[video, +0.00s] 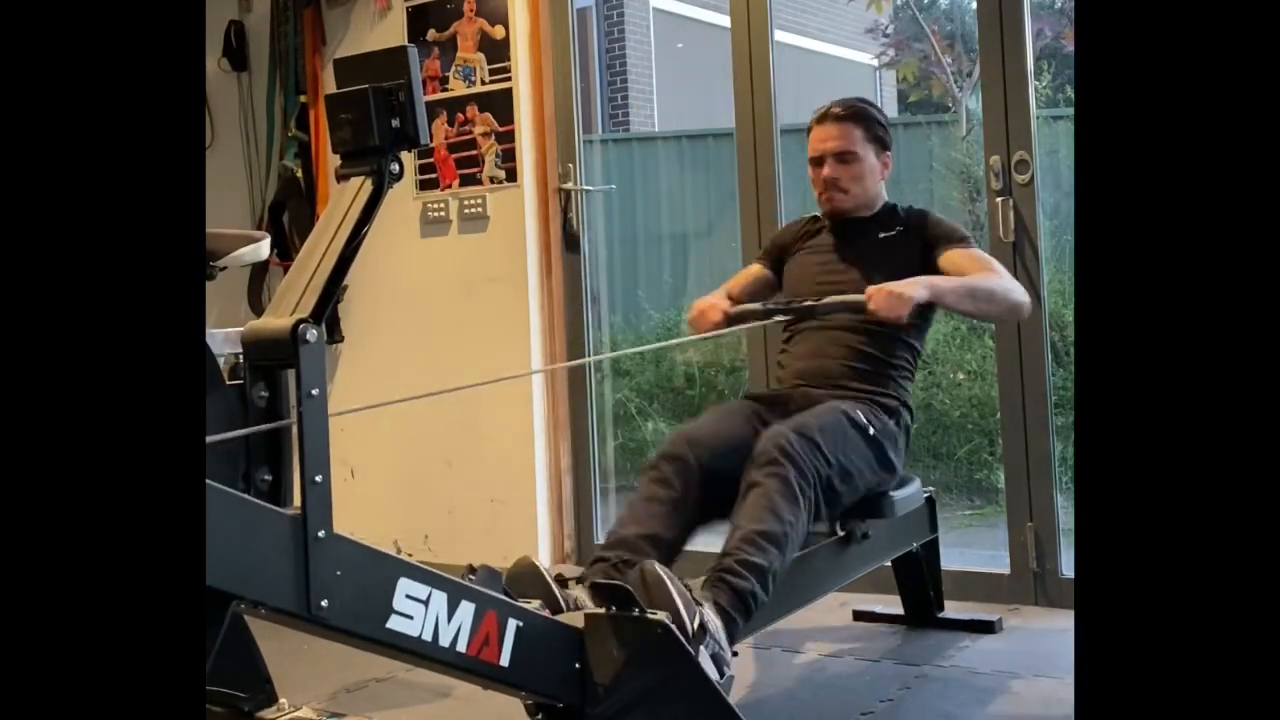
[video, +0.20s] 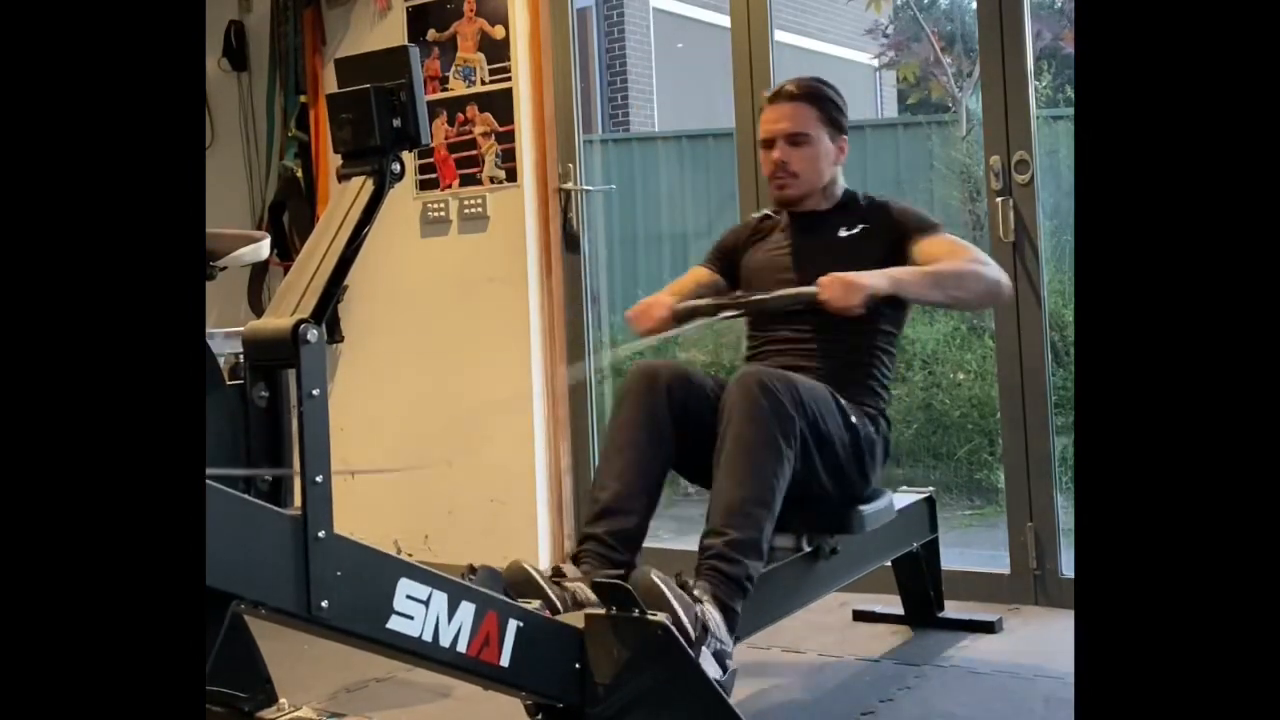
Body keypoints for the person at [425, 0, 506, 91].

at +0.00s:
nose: (471, 7)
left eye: (473, 4)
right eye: (468, 4)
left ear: (476, 7)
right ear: (463, 8)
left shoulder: (480, 22)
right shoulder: (457, 25)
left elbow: (493, 33)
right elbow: (445, 36)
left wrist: (498, 32)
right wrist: (435, 36)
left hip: (474, 60)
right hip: (460, 59)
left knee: (474, 89)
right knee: (458, 89)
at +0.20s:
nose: (471, 7)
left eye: (473, 4)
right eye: (468, 4)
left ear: (476, 7)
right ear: (463, 8)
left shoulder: (480, 22)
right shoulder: (457, 25)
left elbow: (493, 33)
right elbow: (445, 36)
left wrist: (498, 32)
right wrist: (435, 36)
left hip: (474, 60)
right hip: (460, 59)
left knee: (474, 89)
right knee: (458, 88)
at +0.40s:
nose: (471, 7)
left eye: (473, 5)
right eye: (468, 5)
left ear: (476, 8)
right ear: (463, 8)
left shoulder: (480, 22)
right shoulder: (457, 25)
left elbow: (493, 33)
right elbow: (445, 36)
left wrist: (498, 32)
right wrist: (435, 36)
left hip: (474, 60)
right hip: (460, 59)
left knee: (474, 89)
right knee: (458, 89)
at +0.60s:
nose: (471, 7)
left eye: (473, 5)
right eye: (468, 5)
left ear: (476, 8)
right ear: (463, 8)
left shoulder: (480, 22)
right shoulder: (457, 25)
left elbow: (493, 33)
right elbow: (445, 36)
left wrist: (498, 32)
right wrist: (435, 36)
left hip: (474, 60)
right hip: (460, 59)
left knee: (474, 89)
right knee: (458, 89)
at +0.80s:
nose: (471, 8)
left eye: (473, 5)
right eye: (468, 5)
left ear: (476, 8)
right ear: (463, 8)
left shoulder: (480, 22)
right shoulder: (457, 25)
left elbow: (493, 34)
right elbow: (445, 36)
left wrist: (498, 32)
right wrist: (435, 36)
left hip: (474, 60)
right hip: (460, 60)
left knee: (474, 89)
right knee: (458, 89)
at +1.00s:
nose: (471, 7)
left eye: (473, 4)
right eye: (468, 4)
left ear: (476, 7)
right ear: (463, 8)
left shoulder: (480, 22)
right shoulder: (457, 25)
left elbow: (493, 34)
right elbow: (445, 36)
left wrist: (498, 32)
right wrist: (435, 36)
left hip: (474, 60)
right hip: (460, 59)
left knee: (474, 89)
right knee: (458, 89)